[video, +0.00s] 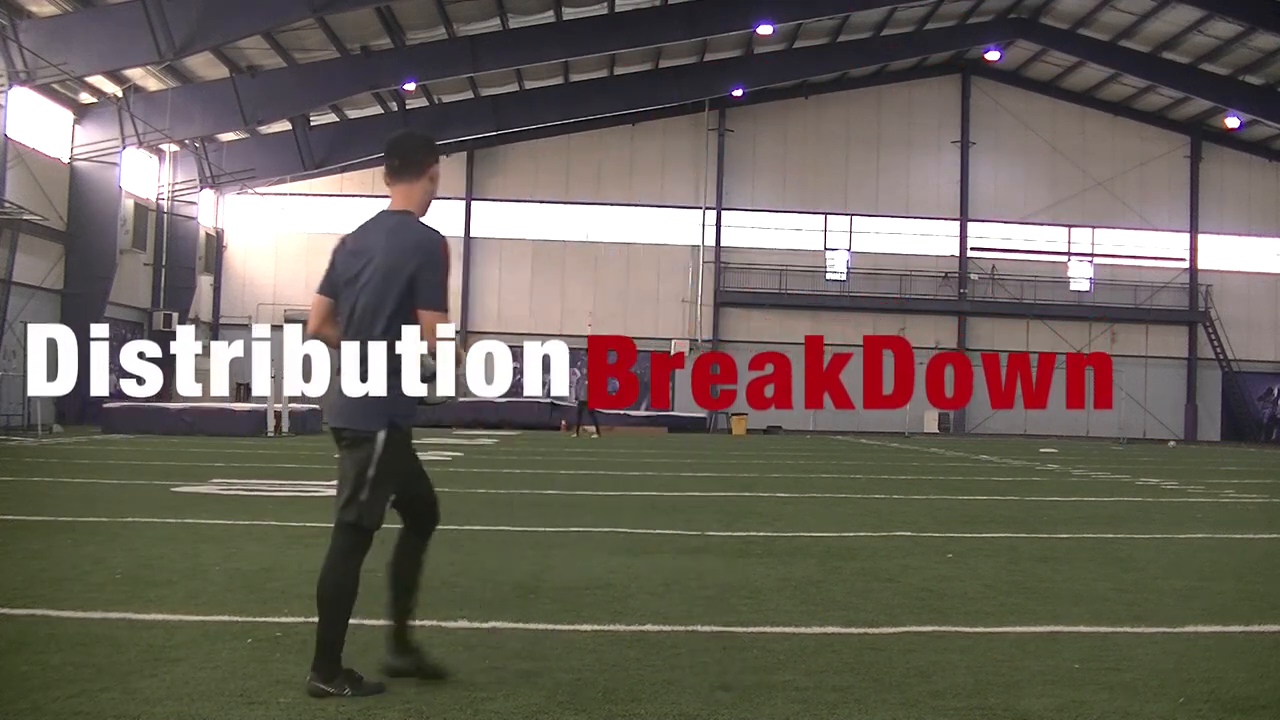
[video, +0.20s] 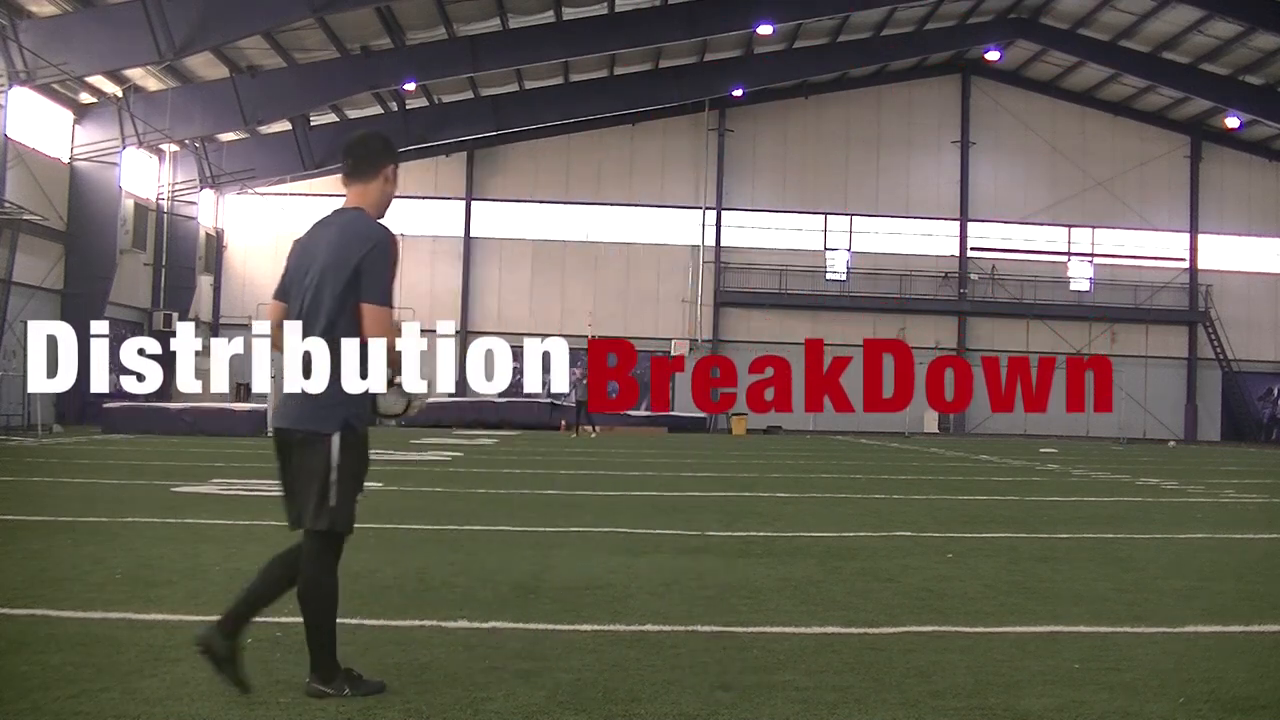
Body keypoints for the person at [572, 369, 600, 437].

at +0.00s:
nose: (584, 371)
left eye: (585, 370)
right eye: (583, 370)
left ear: (588, 371)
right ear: (582, 371)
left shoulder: (590, 380)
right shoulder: (580, 379)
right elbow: (577, 388)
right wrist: (576, 396)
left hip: (588, 400)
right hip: (581, 399)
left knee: (593, 416)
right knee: (579, 416)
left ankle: (598, 433)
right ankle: (577, 432)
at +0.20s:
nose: (580, 373)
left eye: (581, 372)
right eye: (579, 372)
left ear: (584, 373)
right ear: (577, 373)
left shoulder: (586, 380)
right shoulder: (577, 380)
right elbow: (573, 387)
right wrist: (569, 393)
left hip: (585, 399)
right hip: (578, 399)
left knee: (588, 415)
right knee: (577, 417)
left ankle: (594, 431)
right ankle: (576, 432)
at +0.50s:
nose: (581, 374)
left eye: (583, 373)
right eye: (580, 373)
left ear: (585, 373)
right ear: (579, 373)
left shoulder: (587, 381)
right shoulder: (576, 380)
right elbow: (570, 388)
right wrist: (566, 395)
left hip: (585, 400)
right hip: (578, 400)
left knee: (585, 417)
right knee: (576, 416)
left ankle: (584, 432)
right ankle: (576, 432)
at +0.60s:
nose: (581, 374)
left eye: (582, 372)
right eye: (580, 372)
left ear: (585, 373)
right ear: (579, 373)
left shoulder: (587, 380)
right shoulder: (576, 380)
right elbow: (574, 386)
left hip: (586, 399)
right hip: (578, 399)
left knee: (586, 416)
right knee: (576, 417)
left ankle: (586, 431)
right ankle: (576, 432)